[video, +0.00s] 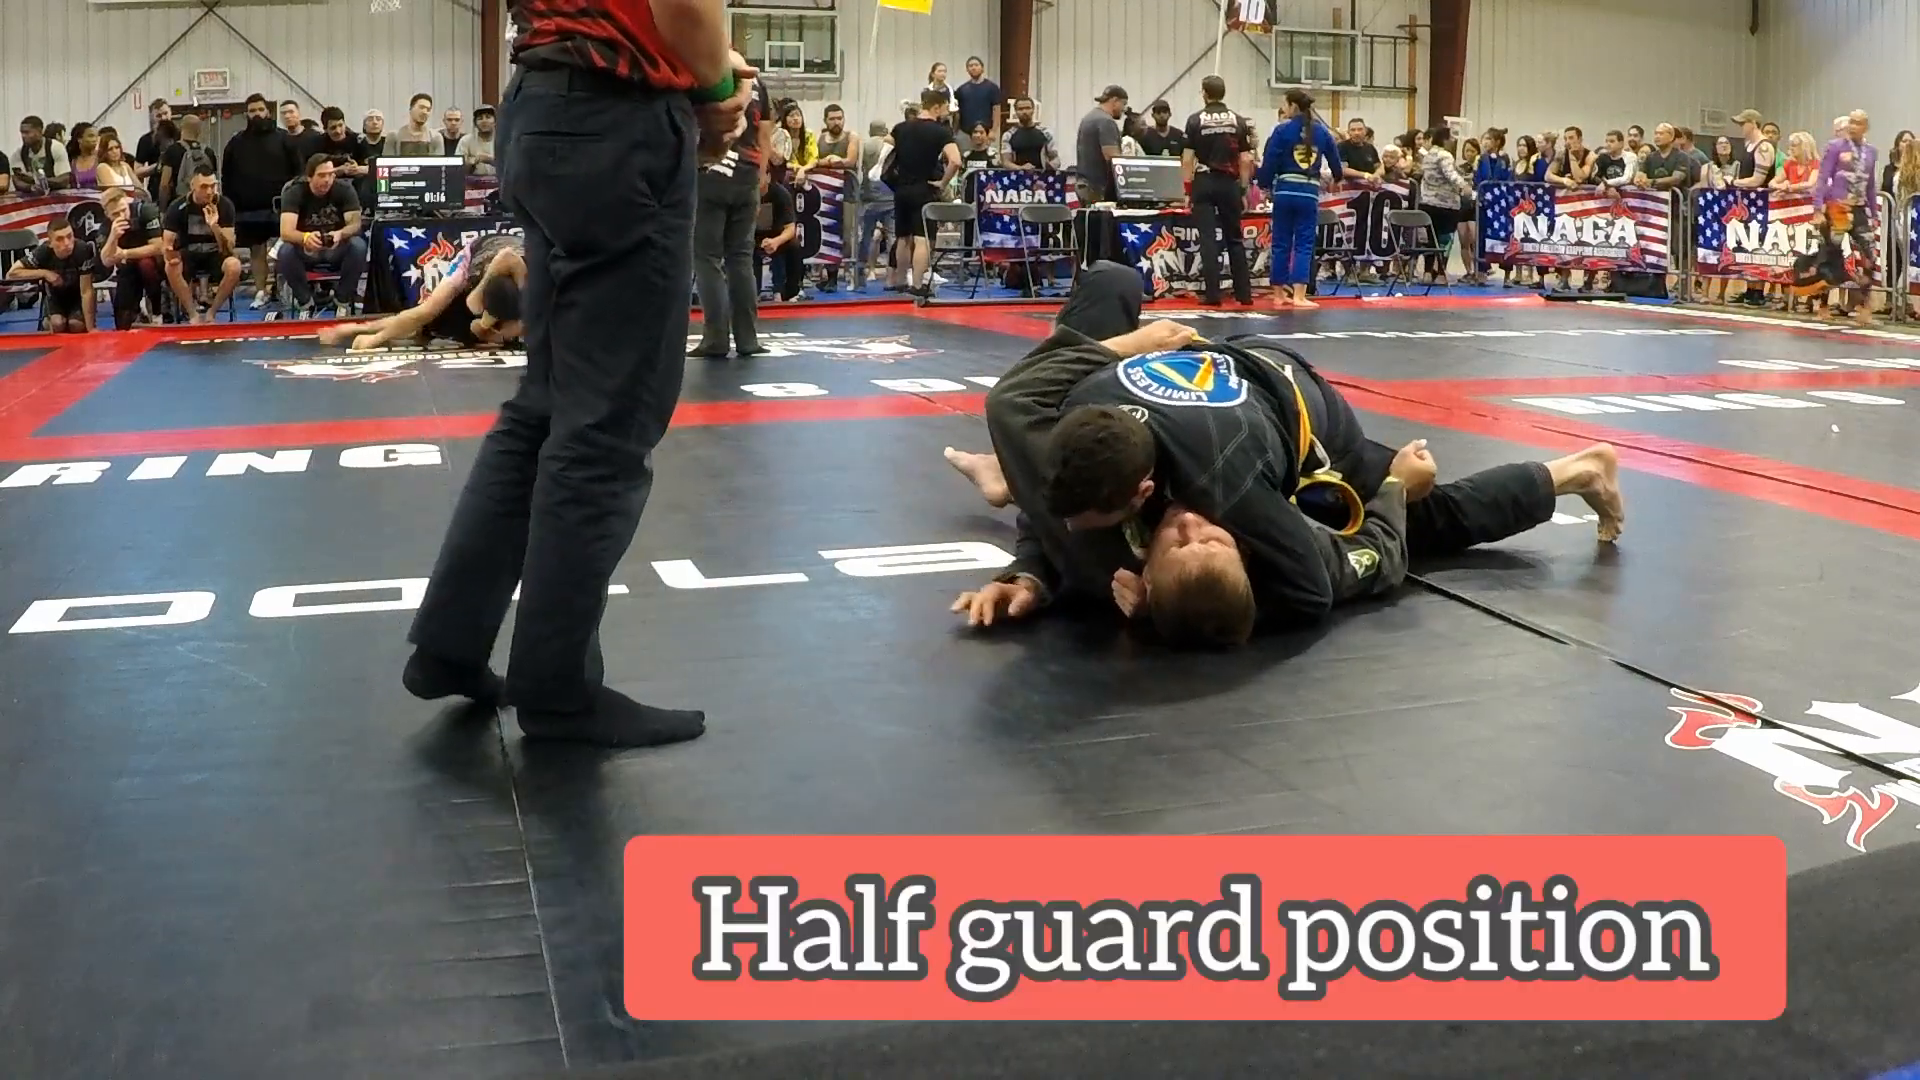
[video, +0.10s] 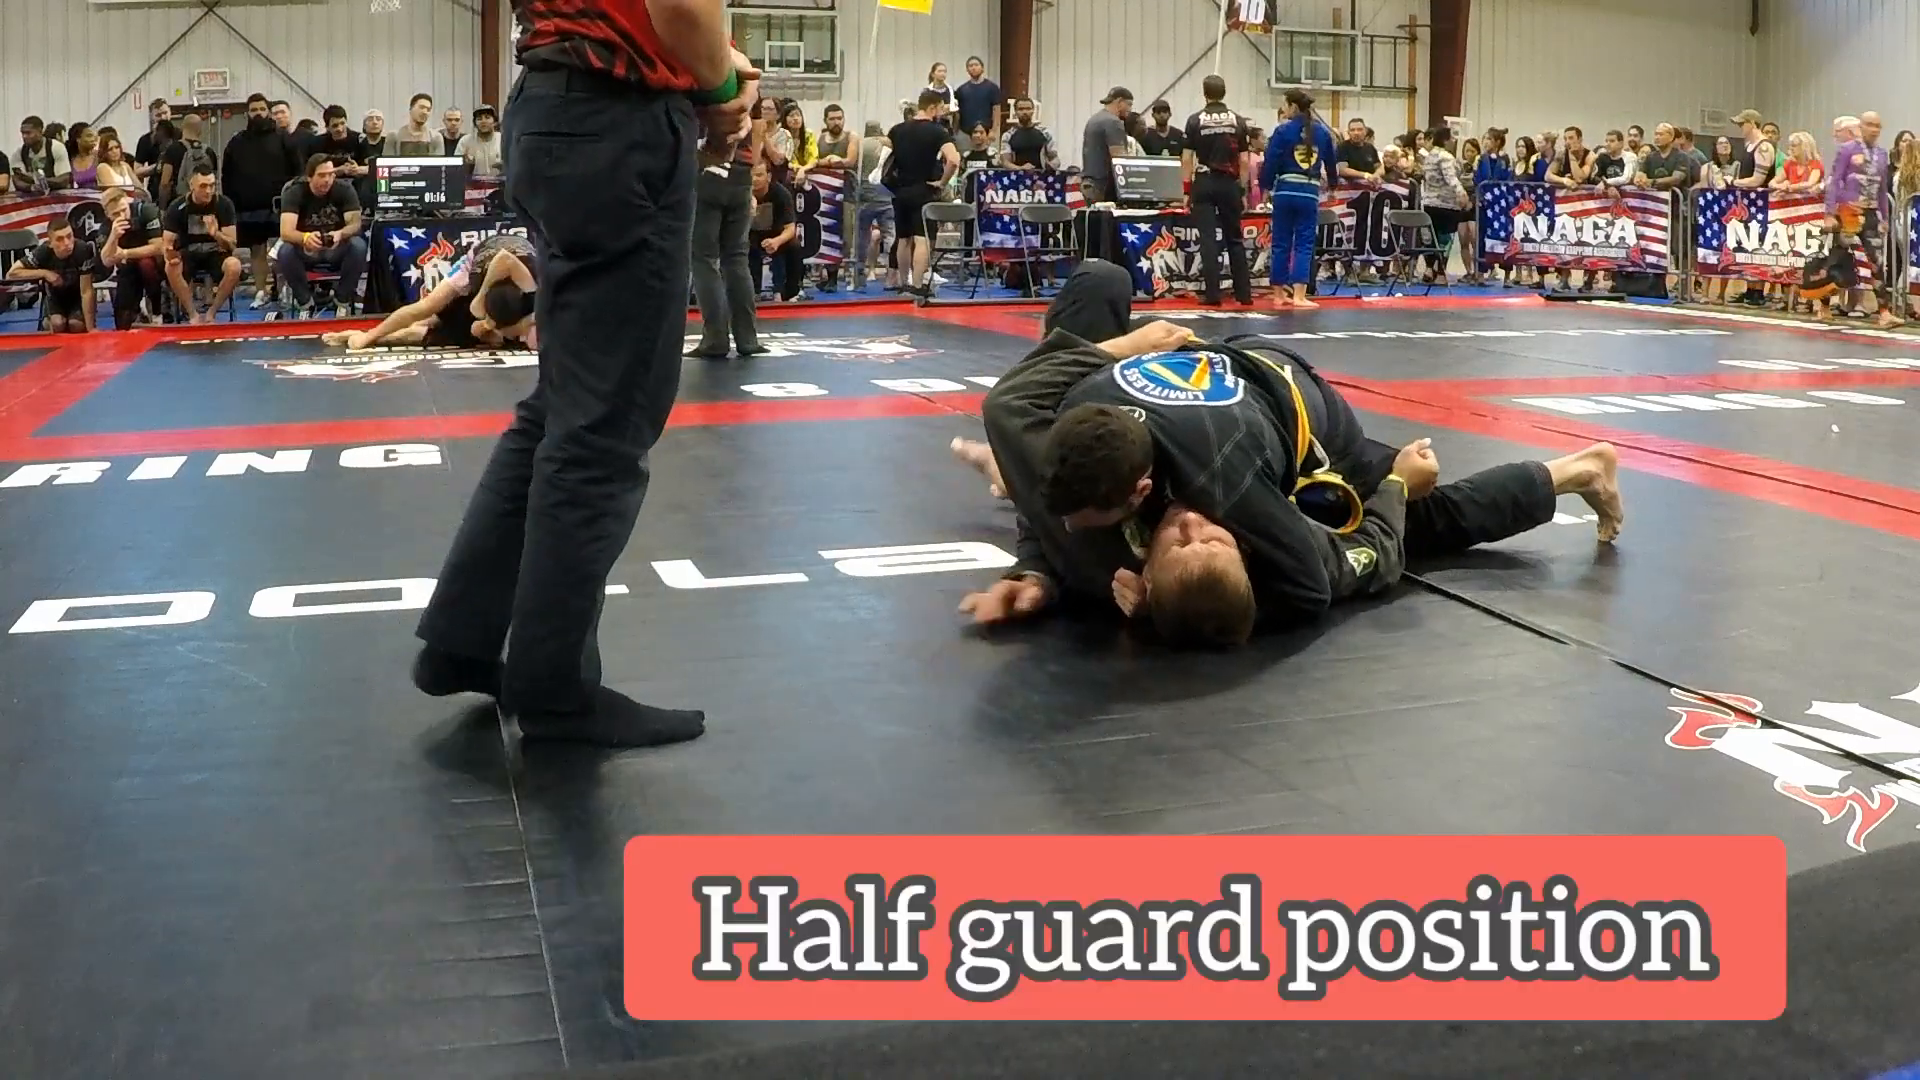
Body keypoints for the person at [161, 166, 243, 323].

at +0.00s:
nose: (209, 191)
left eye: (212, 186)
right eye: (204, 187)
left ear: (216, 186)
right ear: (193, 187)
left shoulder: (224, 205)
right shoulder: (178, 207)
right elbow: (168, 241)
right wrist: (171, 257)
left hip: (215, 253)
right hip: (188, 254)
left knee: (234, 266)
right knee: (172, 268)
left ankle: (211, 313)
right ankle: (193, 315)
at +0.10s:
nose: (208, 191)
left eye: (211, 186)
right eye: (203, 186)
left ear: (215, 185)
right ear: (191, 186)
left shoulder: (224, 204)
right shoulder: (177, 207)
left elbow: (232, 243)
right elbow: (168, 241)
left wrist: (216, 233)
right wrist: (171, 257)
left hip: (214, 253)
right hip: (187, 253)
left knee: (234, 266)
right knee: (172, 268)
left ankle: (211, 313)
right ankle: (193, 315)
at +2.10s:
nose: (208, 190)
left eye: (212, 184)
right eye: (203, 185)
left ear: (216, 183)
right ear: (190, 184)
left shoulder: (225, 204)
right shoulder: (177, 207)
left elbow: (229, 243)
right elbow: (167, 243)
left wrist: (214, 255)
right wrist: (171, 257)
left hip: (216, 252)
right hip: (188, 253)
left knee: (234, 266)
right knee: (172, 268)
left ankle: (211, 313)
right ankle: (193, 315)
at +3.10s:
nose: (204, 191)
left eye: (207, 185)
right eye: (198, 186)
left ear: (212, 183)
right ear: (188, 185)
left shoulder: (223, 204)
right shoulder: (176, 206)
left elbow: (227, 244)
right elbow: (169, 244)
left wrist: (210, 260)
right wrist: (184, 255)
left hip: (215, 254)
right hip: (188, 257)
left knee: (234, 266)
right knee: (171, 266)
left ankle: (211, 313)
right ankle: (193, 315)